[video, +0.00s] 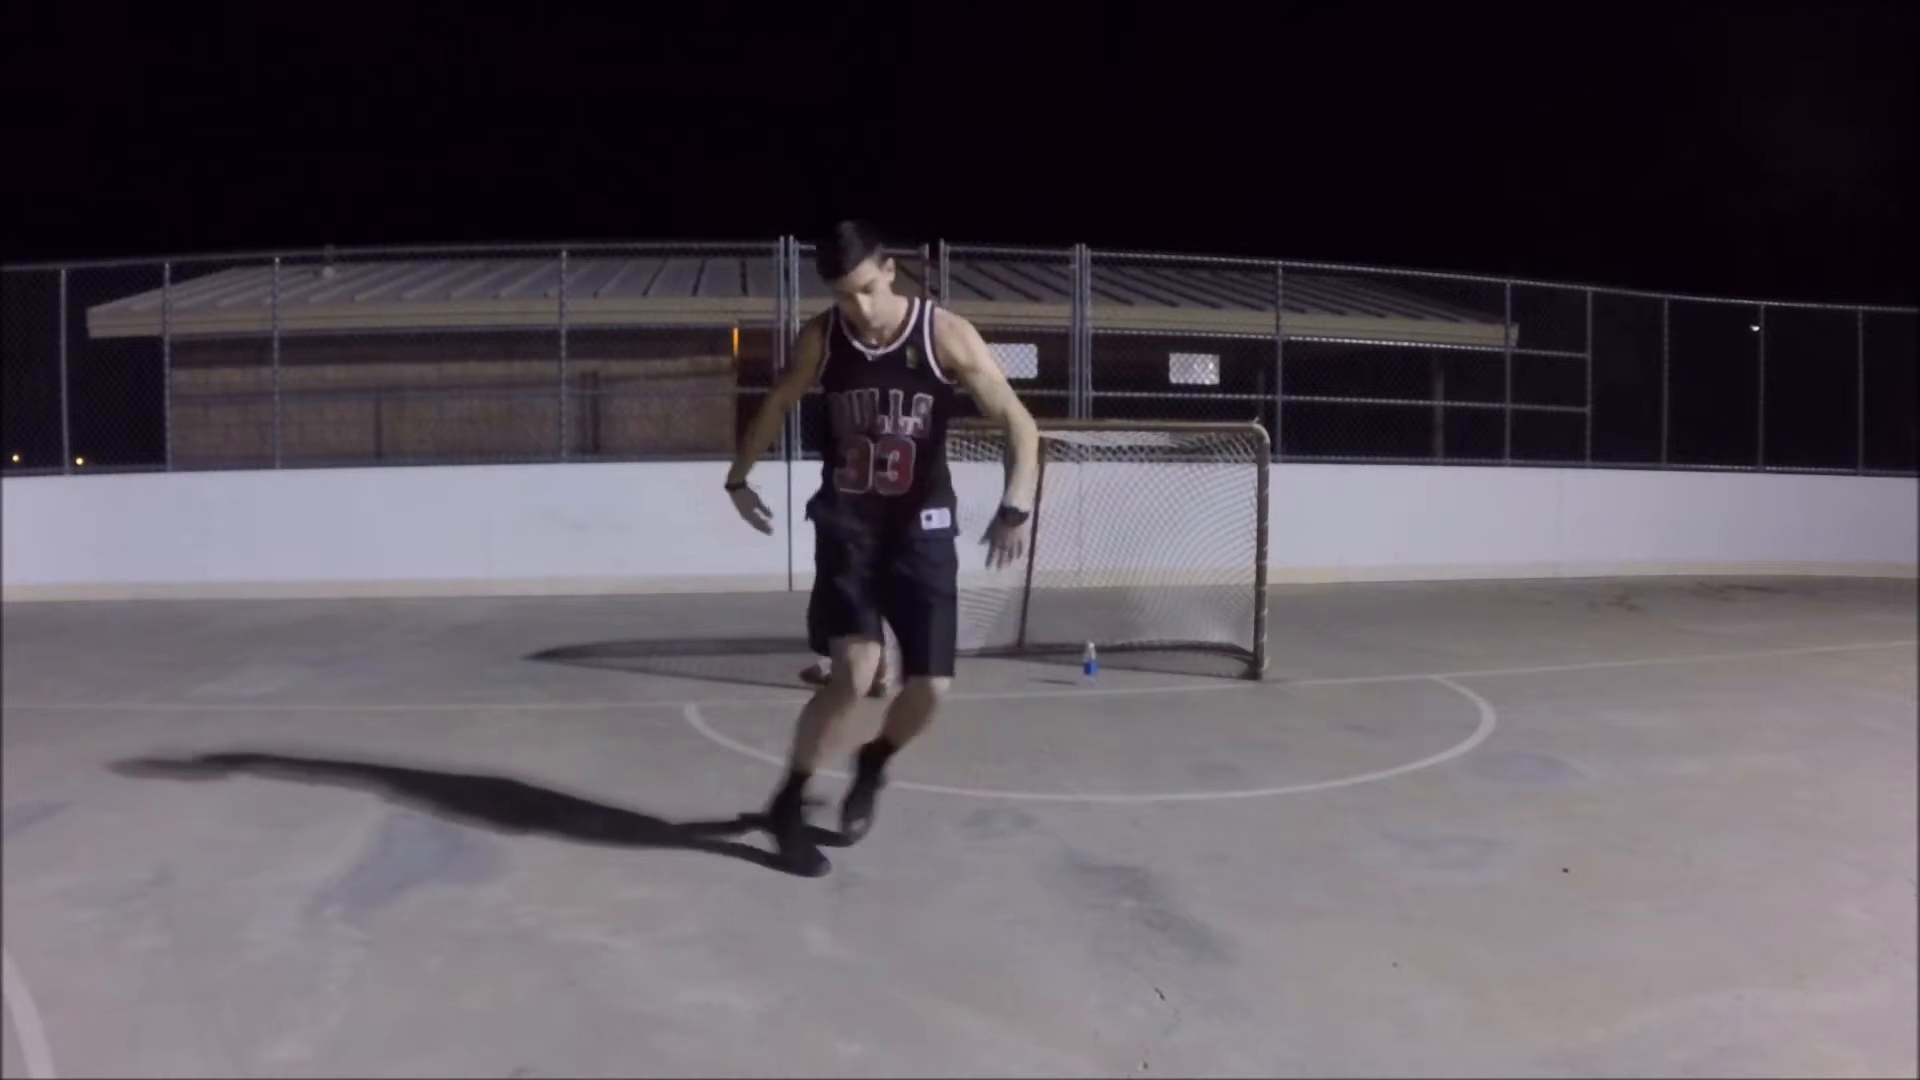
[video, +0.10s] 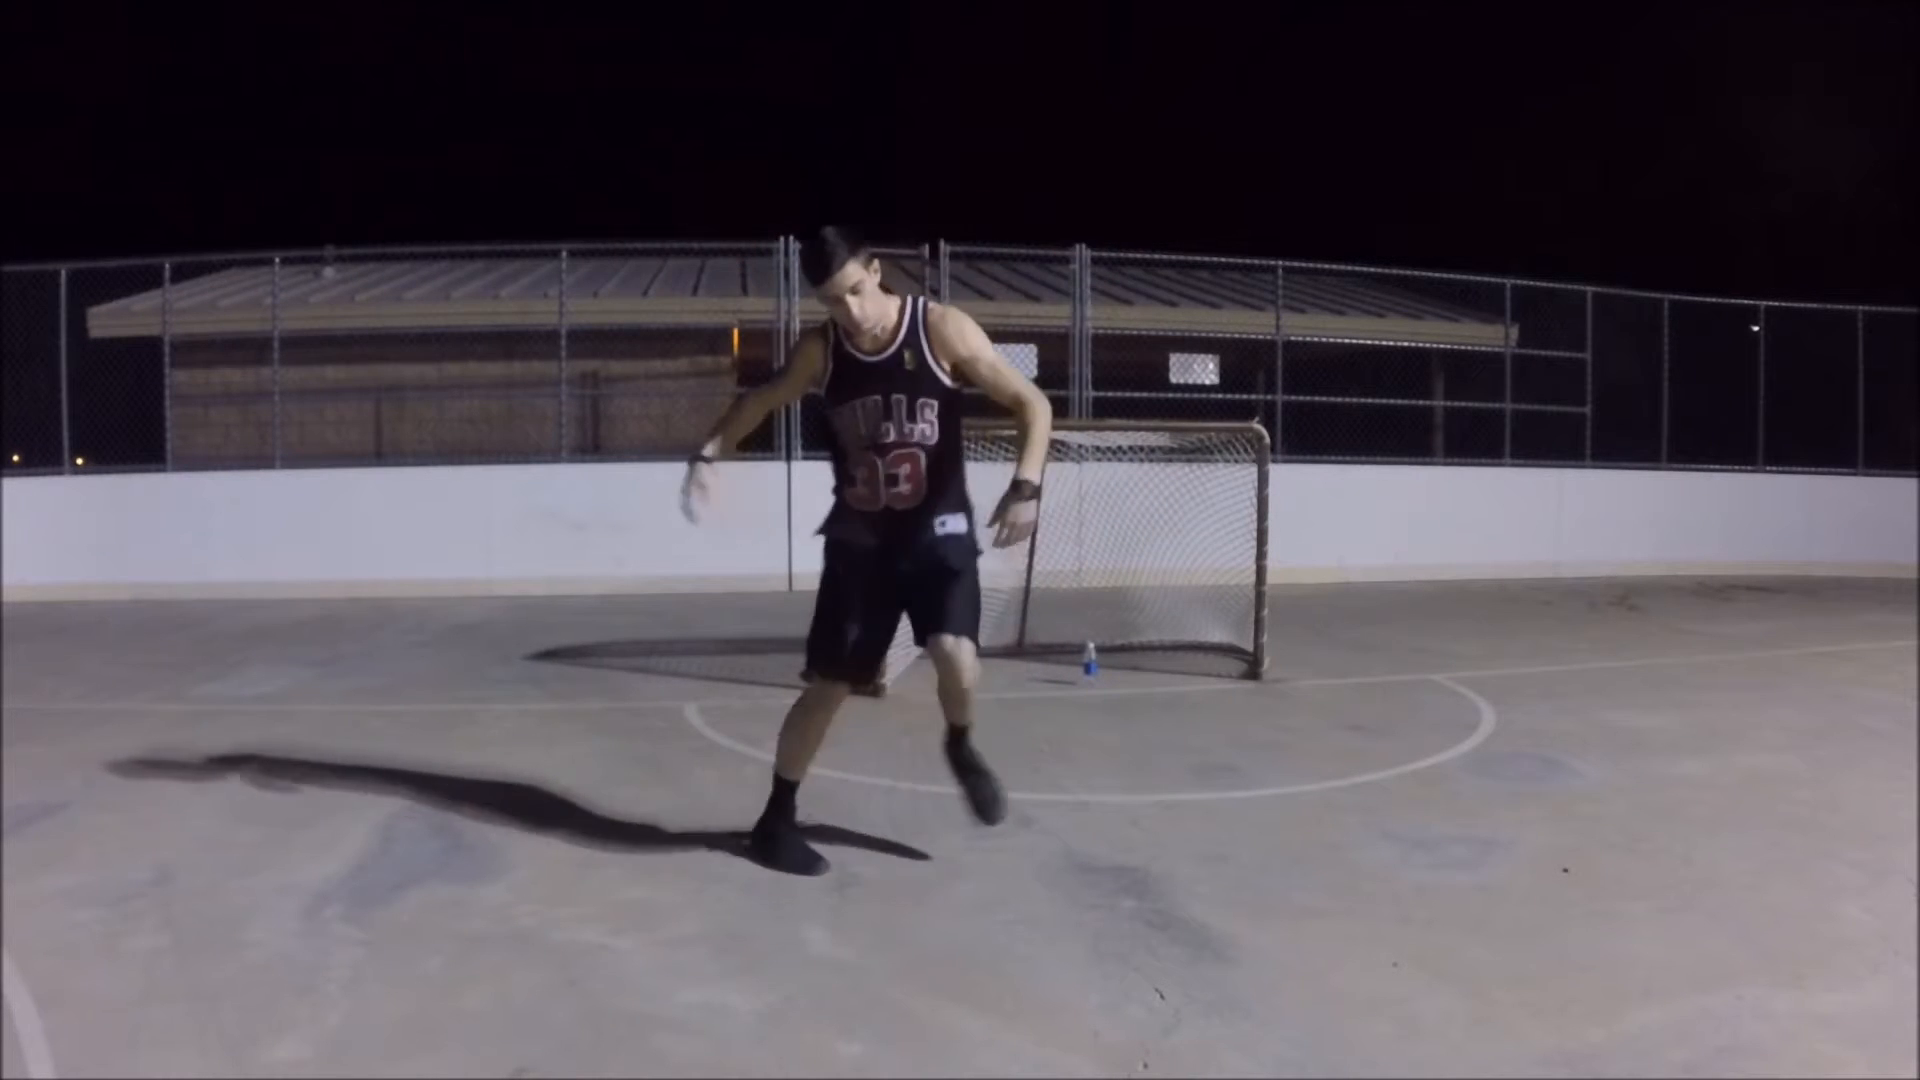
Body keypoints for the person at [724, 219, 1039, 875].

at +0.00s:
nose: (857, 308)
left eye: (866, 290)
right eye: (843, 295)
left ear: (890, 271)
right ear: (830, 289)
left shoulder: (946, 335)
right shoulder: (823, 338)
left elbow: (1020, 423)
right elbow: (780, 402)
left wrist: (1016, 506)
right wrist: (739, 474)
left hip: (922, 527)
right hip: (847, 525)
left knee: (927, 688)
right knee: (856, 675)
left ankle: (872, 764)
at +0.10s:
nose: (849, 310)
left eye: (855, 291)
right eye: (832, 299)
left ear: (876, 271)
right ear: (817, 296)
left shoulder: (944, 329)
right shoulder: (820, 349)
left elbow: (1034, 405)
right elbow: (766, 398)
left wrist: (1026, 488)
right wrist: (709, 452)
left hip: (939, 532)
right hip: (858, 540)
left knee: (957, 661)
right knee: (828, 684)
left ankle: (961, 747)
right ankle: (775, 823)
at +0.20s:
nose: (863, 296)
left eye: (870, 277)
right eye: (847, 286)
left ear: (889, 256)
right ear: (831, 282)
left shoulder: (951, 307)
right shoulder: (832, 330)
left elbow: (1037, 378)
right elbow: (762, 395)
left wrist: (1050, 469)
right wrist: (679, 439)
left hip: (963, 498)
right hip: (890, 502)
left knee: (945, 640)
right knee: (880, 666)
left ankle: (984, 794)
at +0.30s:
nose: (894, 295)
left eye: (903, 275)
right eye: (875, 283)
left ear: (921, 258)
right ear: (852, 279)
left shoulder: (970, 316)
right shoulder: (846, 333)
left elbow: (1045, 388)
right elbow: (766, 386)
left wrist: (1088, 463)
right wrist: (684, 399)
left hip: (976, 515)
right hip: (912, 521)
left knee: (950, 673)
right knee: (970, 674)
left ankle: (931, 849)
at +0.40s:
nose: (912, 298)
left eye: (923, 279)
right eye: (894, 285)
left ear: (938, 265)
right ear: (869, 278)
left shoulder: (979, 323)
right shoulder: (853, 335)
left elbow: (1053, 396)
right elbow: (769, 379)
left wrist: (1118, 463)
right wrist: (686, 386)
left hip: (986, 519)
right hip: (925, 528)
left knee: (947, 671)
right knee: (987, 670)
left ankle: (931, 852)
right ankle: (1083, 791)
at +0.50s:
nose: (909, 288)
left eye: (918, 271)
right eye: (894, 275)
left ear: (940, 251)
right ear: (875, 268)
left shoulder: (989, 307)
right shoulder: (863, 316)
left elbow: (1075, 378)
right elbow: (781, 365)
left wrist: (1147, 441)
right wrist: (686, 394)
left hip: (978, 514)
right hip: (909, 515)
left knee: (950, 670)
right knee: (898, 685)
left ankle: (986, 832)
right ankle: (988, 754)